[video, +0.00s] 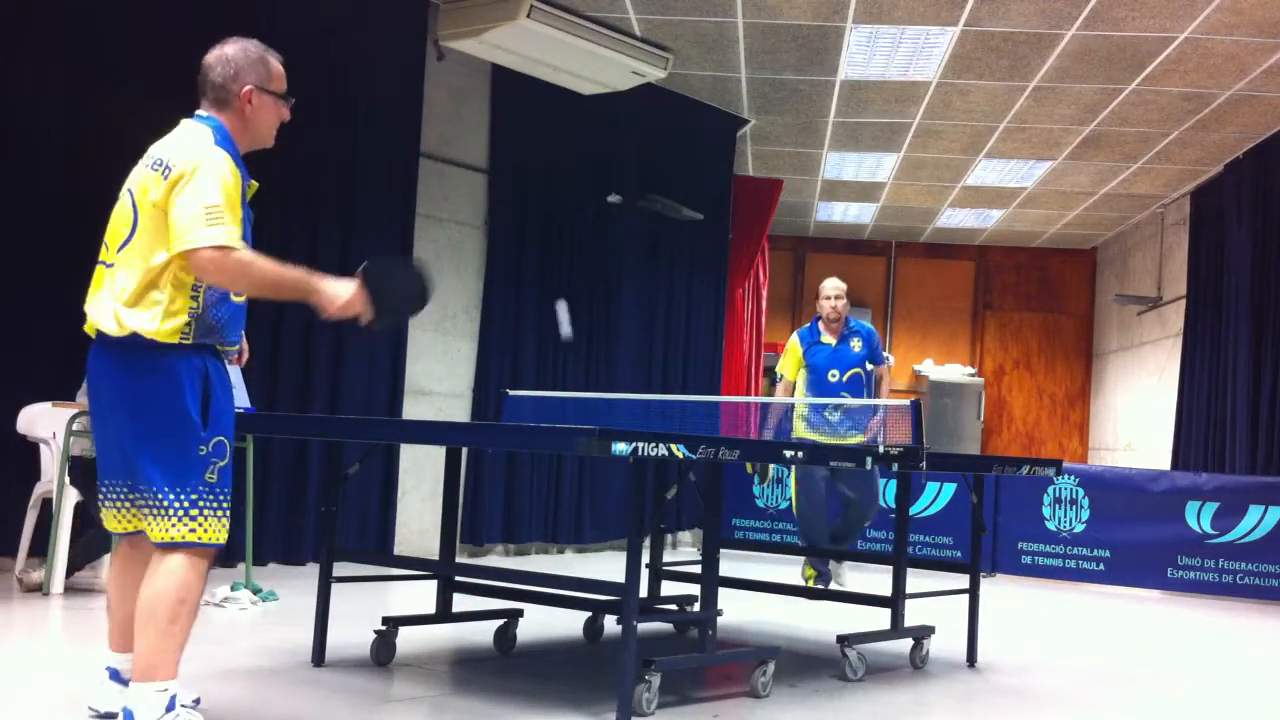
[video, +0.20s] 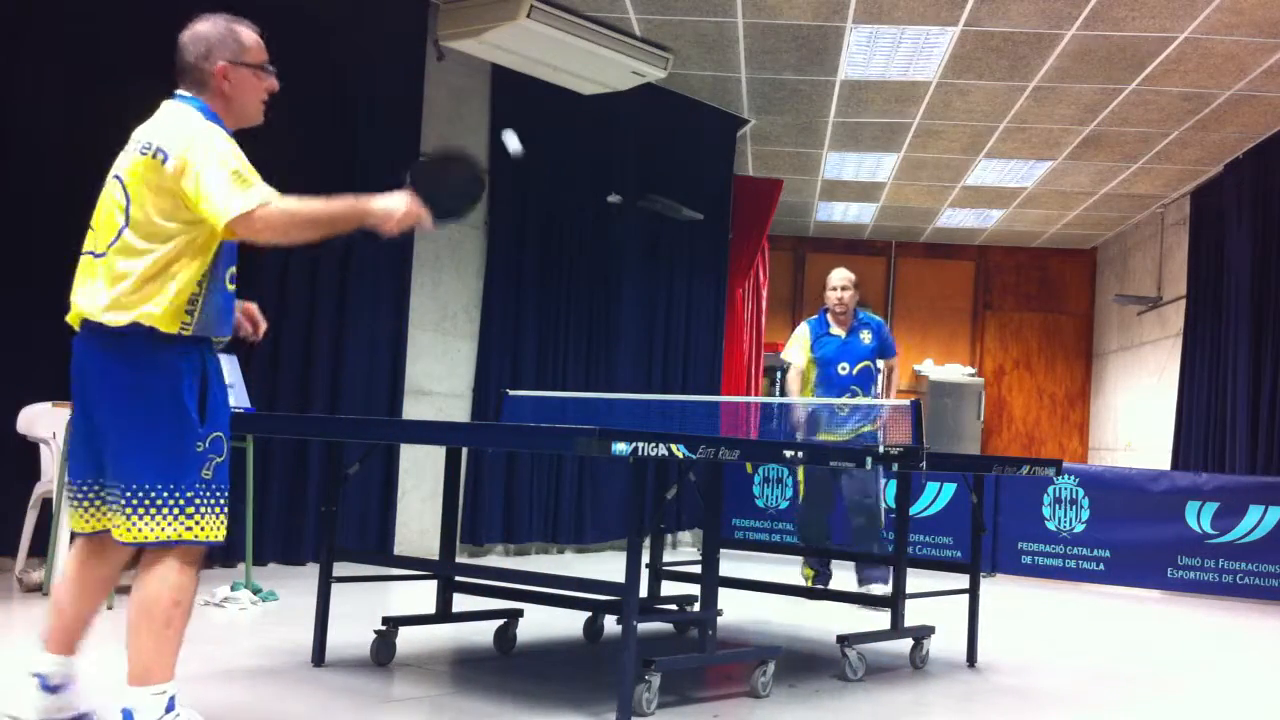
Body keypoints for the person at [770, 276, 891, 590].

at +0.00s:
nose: (834, 304)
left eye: (839, 298)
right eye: (827, 298)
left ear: (847, 302)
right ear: (817, 303)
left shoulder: (866, 334)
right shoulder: (801, 339)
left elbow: (883, 374)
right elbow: (784, 389)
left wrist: (880, 414)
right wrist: (768, 436)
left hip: (854, 439)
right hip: (810, 437)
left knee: (866, 501)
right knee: (812, 504)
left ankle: (834, 551)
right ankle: (818, 570)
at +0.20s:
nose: (839, 295)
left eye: (845, 289)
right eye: (834, 289)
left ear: (856, 293)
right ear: (824, 295)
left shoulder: (875, 328)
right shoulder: (808, 330)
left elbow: (890, 367)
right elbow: (793, 372)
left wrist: (886, 406)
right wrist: (797, 407)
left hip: (862, 435)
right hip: (818, 435)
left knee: (865, 505)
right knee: (815, 504)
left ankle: (871, 578)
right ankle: (816, 572)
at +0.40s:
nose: (853, 296)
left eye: (860, 290)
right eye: (848, 290)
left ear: (872, 295)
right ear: (839, 296)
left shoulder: (892, 331)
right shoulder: (823, 333)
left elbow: (908, 374)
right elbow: (803, 377)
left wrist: (905, 411)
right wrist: (822, 391)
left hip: (879, 444)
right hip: (832, 443)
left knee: (878, 519)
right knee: (826, 515)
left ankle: (872, 593)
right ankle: (817, 578)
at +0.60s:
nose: (867, 288)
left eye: (874, 282)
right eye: (861, 283)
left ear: (888, 287)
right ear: (854, 288)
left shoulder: (910, 324)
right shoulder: (839, 327)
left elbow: (930, 369)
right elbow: (817, 376)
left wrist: (927, 404)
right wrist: (824, 400)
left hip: (895, 438)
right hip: (849, 437)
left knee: (887, 517)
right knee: (841, 503)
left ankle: (873, 594)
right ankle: (830, 565)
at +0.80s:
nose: (869, 288)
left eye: (877, 281)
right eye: (864, 282)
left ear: (894, 285)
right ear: (858, 287)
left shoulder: (920, 321)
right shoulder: (846, 328)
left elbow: (953, 365)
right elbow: (829, 376)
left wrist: (941, 408)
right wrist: (824, 408)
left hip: (905, 439)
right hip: (859, 438)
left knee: (895, 517)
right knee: (864, 513)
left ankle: (880, 601)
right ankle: (859, 602)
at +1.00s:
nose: (873, 291)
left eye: (881, 283)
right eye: (867, 284)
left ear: (899, 287)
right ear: (862, 289)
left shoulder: (928, 320)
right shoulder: (854, 333)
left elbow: (967, 364)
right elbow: (838, 383)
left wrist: (954, 409)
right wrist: (833, 409)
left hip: (925, 441)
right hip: (872, 443)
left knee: (948, 503)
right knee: (862, 520)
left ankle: (922, 572)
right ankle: (865, 606)